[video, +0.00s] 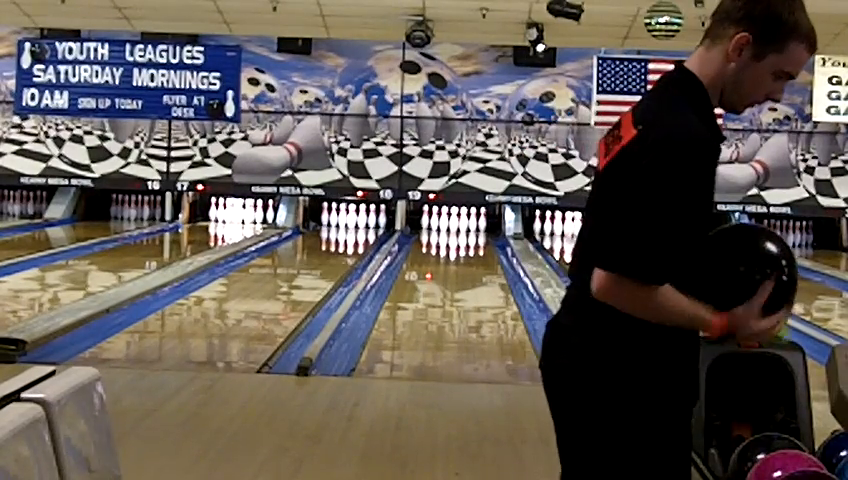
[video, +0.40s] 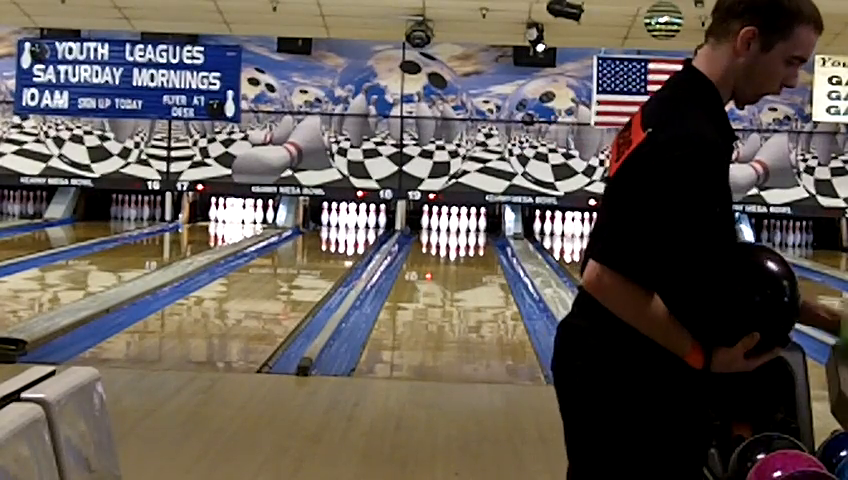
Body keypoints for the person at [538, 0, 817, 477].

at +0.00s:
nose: (777, 94)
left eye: (787, 82)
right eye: (779, 76)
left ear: (737, 48)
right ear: (740, 48)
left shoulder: (670, 107)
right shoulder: (682, 129)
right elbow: (612, 282)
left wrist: (729, 299)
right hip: (619, 363)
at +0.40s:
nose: (792, 81)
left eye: (800, 66)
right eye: (791, 62)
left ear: (743, 43)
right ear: (747, 42)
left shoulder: (688, 111)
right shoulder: (689, 128)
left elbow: (696, 256)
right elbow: (602, 275)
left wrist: (793, 304)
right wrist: (702, 355)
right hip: (625, 369)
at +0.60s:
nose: (792, 75)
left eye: (798, 60)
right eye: (790, 56)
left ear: (740, 40)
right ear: (746, 40)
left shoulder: (677, 101)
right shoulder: (698, 127)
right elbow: (616, 278)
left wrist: (810, 295)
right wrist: (717, 352)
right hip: (631, 369)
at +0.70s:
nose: (783, 74)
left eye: (790, 58)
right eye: (783, 55)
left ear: (735, 38)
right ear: (742, 38)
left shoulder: (658, 99)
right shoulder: (708, 141)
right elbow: (647, 289)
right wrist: (739, 348)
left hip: (590, 344)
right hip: (643, 368)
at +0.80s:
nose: (772, 73)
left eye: (779, 58)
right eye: (774, 55)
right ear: (737, 39)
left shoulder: (639, 101)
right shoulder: (714, 145)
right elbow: (671, 297)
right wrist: (749, 328)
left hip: (588, 346)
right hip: (653, 369)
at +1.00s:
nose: (754, 67)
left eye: (762, 55)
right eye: (759, 52)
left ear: (684, 26)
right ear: (734, 40)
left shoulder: (625, 105)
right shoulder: (718, 146)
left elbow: (586, 248)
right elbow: (717, 302)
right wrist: (788, 278)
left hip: (600, 352)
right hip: (679, 368)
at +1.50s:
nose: (763, 50)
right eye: (765, 42)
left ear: (685, 30)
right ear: (760, 45)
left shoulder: (623, 128)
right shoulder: (772, 147)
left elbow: (573, 264)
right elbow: (791, 301)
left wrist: (631, 291)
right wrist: (835, 252)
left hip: (628, 379)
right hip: (729, 385)